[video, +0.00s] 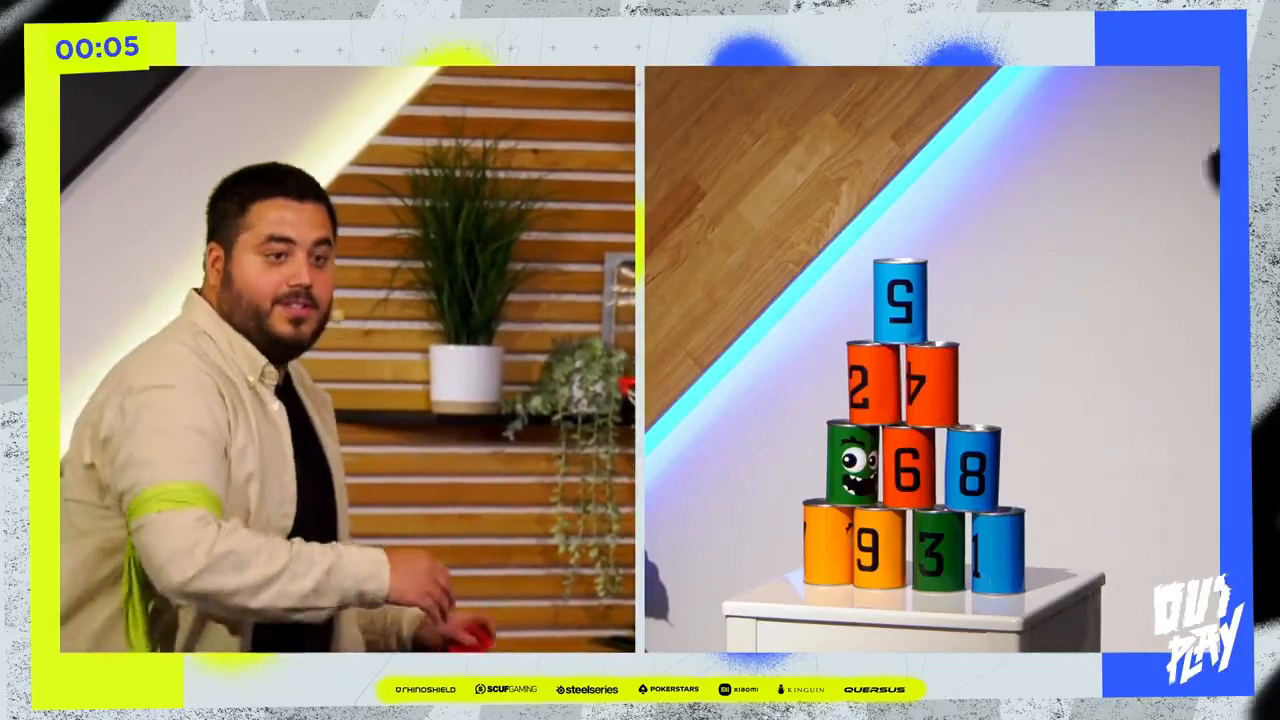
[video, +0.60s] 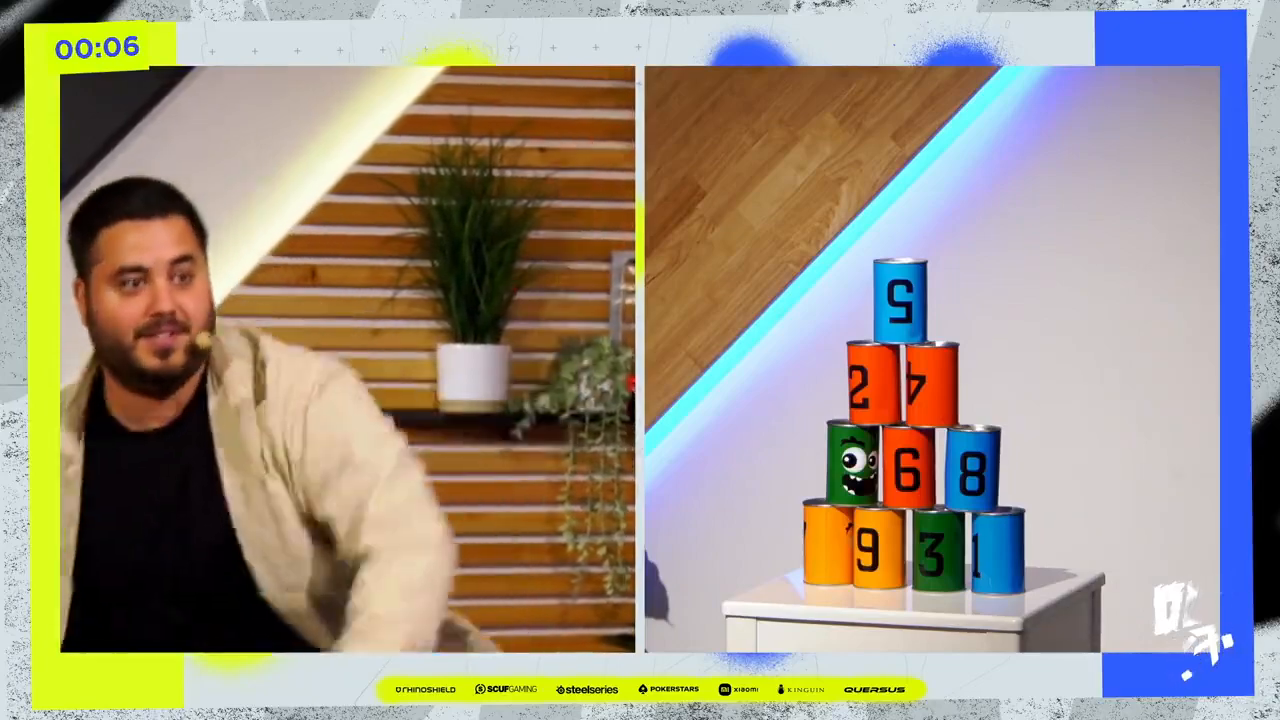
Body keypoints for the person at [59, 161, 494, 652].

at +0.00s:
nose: (304, 277)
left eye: (320, 257)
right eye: (276, 253)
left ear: (333, 271)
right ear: (217, 265)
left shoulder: (299, 392)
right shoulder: (168, 381)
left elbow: (280, 604)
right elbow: (185, 558)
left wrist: (410, 627)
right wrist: (377, 571)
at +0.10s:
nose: (305, 275)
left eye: (321, 253)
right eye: (275, 251)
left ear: (336, 268)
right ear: (217, 265)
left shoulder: (311, 403)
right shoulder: (170, 373)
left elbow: (313, 597)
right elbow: (159, 515)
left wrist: (442, 617)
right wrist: (358, 578)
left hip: (267, 694)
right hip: (135, 693)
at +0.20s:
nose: (301, 273)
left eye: (316, 251)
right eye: (270, 251)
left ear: (333, 269)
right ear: (214, 269)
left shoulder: (310, 404)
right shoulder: (166, 373)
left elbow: (331, 548)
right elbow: (114, 487)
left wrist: (472, 512)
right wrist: (236, 582)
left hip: (307, 697)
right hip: (184, 698)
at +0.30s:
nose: (288, 261)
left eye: (304, 240)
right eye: (257, 241)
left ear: (322, 258)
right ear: (202, 262)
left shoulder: (318, 404)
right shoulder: (144, 375)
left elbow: (398, 527)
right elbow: (44, 481)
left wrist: (481, 389)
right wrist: (88, 586)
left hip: (323, 700)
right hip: (183, 699)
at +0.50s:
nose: (211, 253)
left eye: (228, 226)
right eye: (178, 231)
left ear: (250, 237)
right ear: (128, 251)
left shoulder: (327, 349)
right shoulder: (69, 398)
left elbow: (438, 387)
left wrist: (546, 405)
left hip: (320, 695)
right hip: (141, 698)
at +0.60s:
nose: (165, 306)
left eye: (182, 274)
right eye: (131, 283)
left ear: (208, 279)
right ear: (83, 299)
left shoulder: (304, 396)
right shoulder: (47, 439)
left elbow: (410, 544)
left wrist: (346, 698)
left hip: (284, 700)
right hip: (99, 703)